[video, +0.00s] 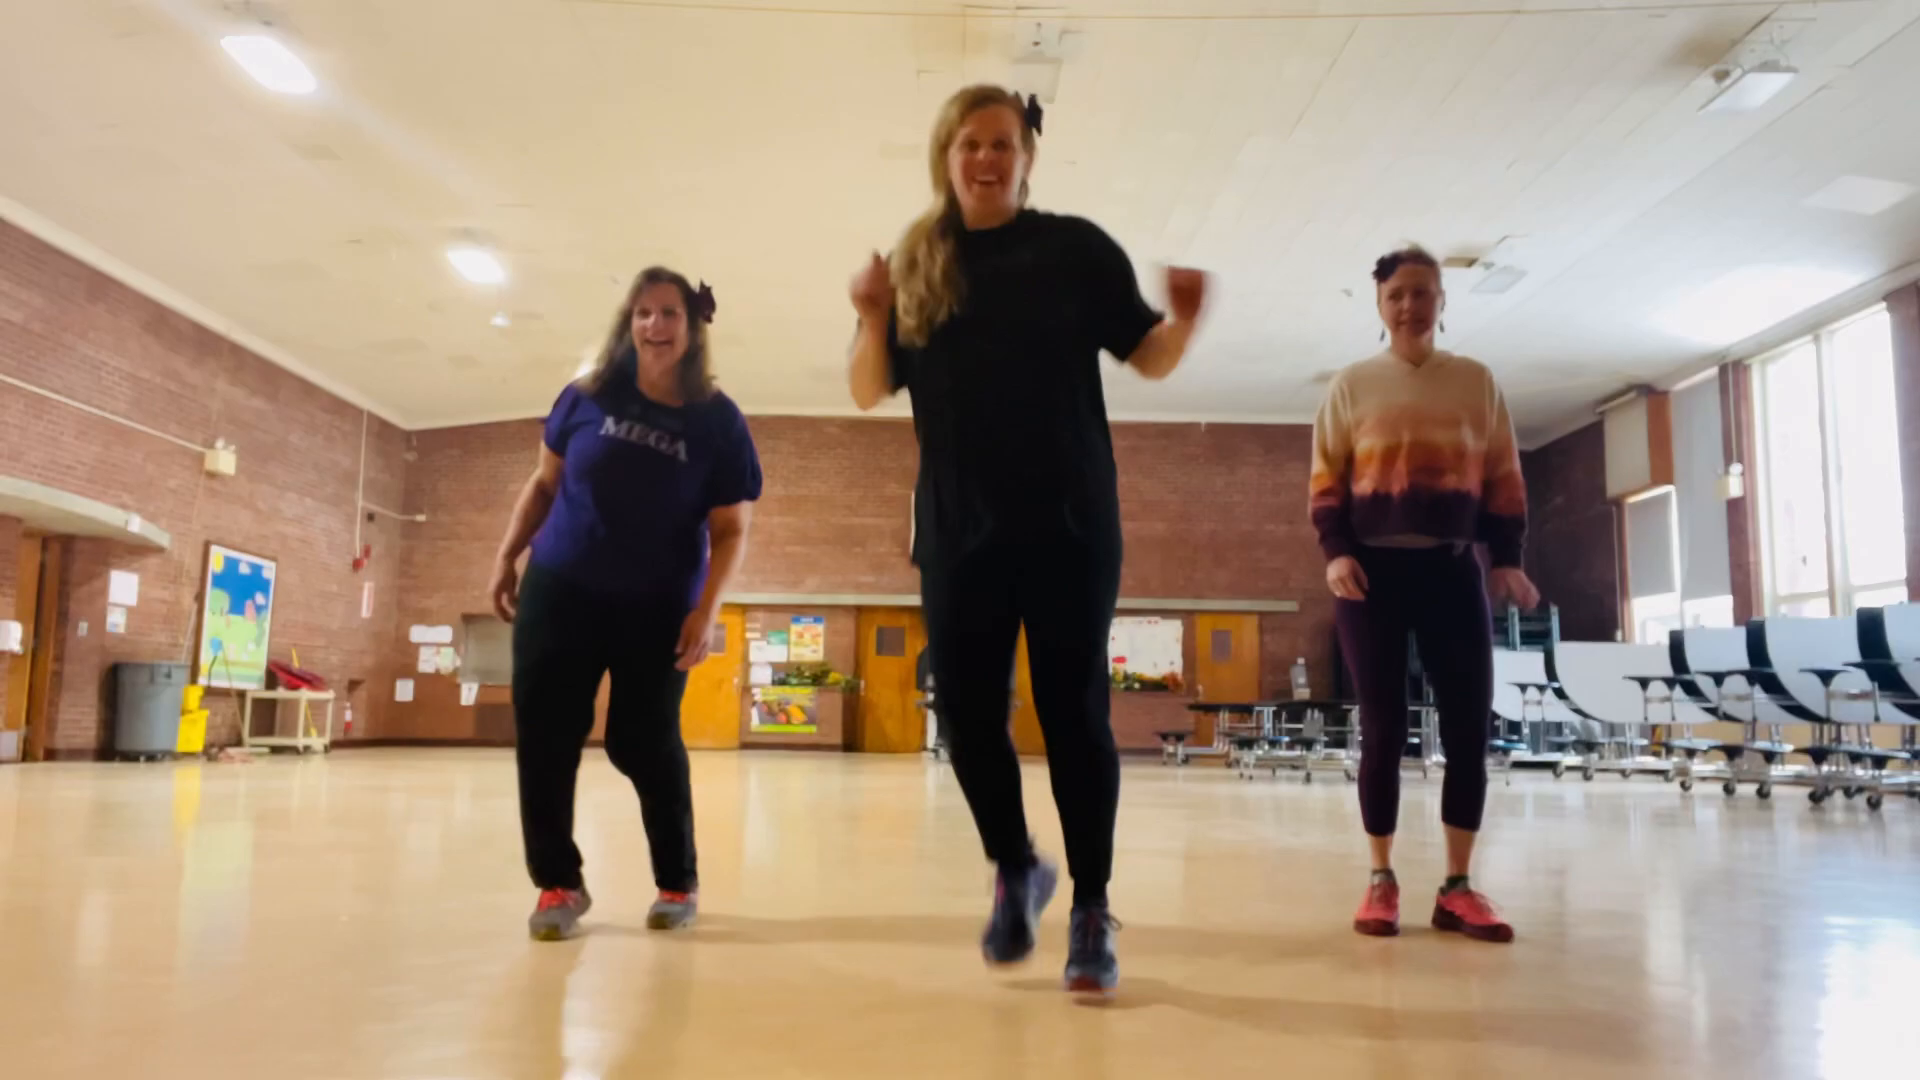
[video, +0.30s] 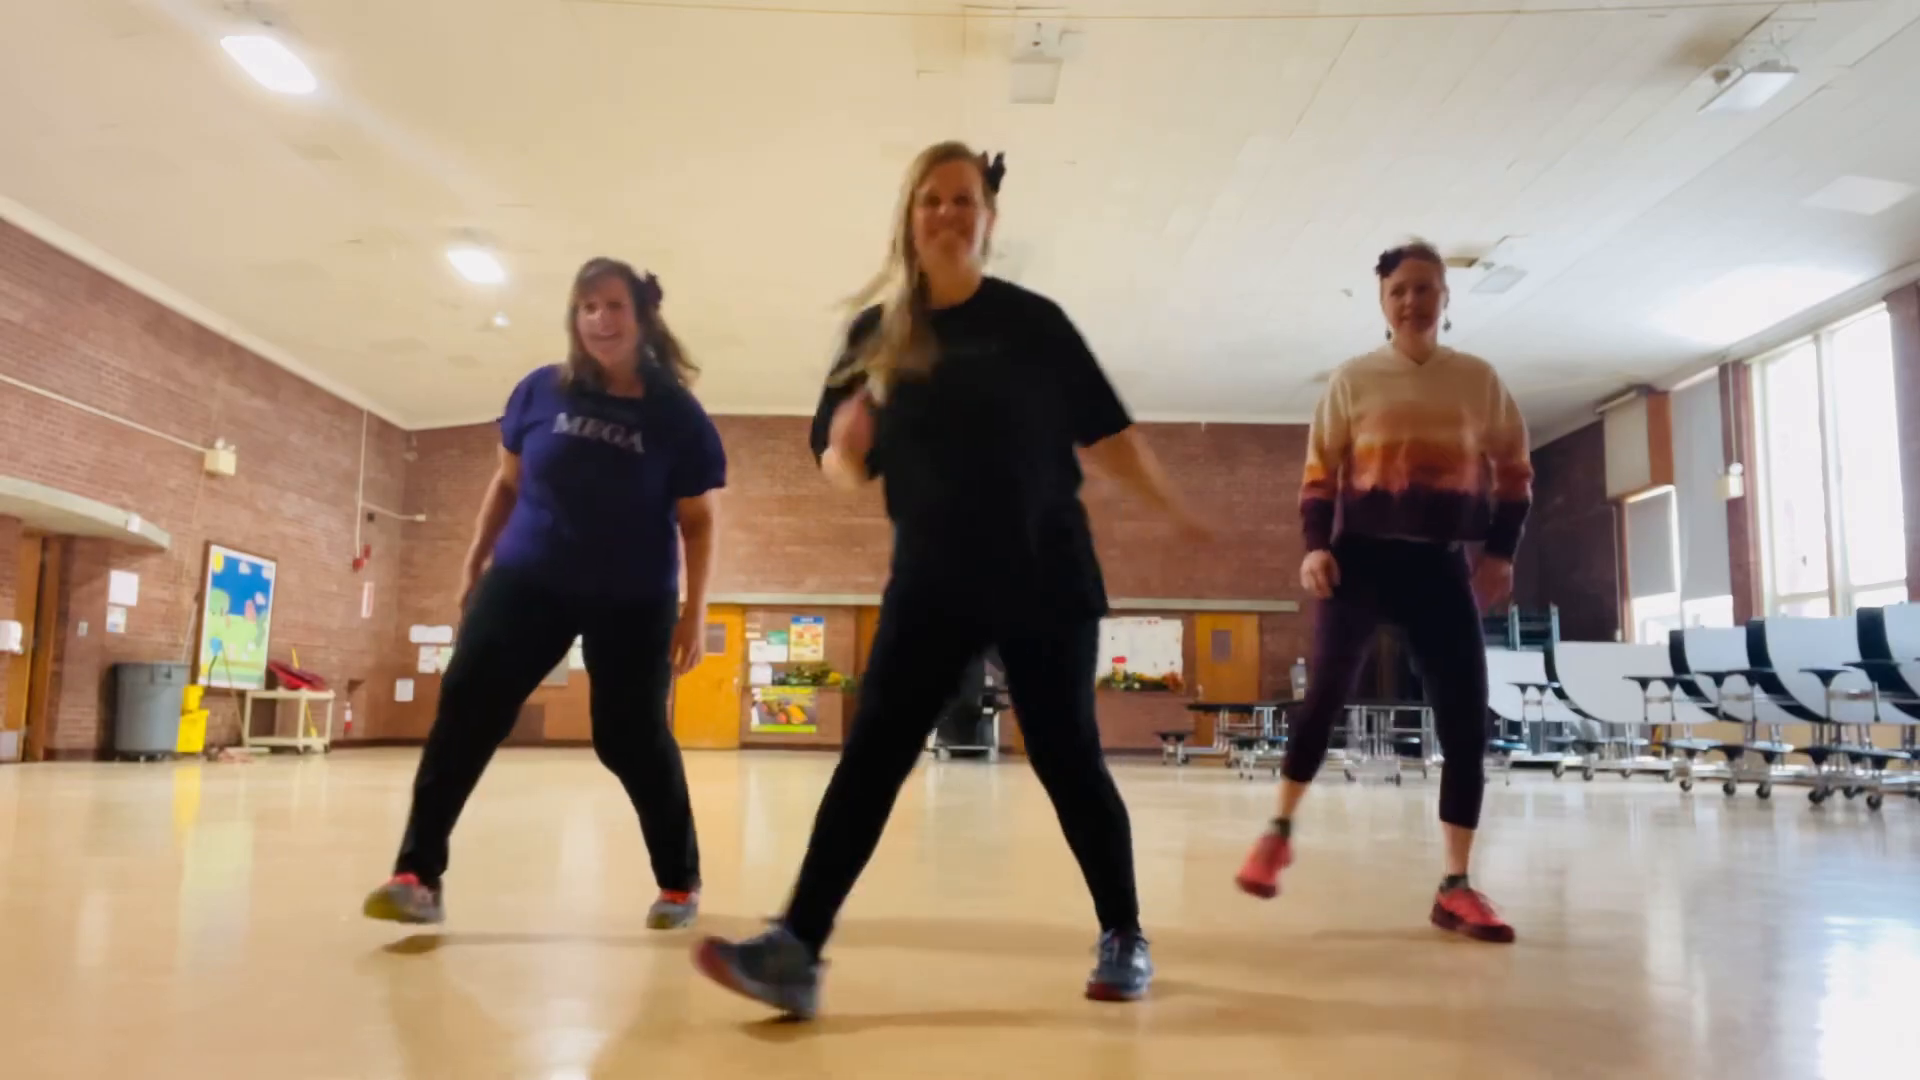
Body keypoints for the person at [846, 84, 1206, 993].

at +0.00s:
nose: (984, 158)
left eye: (1000, 145)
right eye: (970, 144)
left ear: (1027, 158)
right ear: (943, 158)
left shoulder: (1077, 248)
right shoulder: (917, 263)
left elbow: (1152, 358)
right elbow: (869, 392)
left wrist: (1183, 315)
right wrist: (872, 317)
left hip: (1067, 516)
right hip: (960, 521)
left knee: (1071, 711)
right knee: (966, 716)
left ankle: (1092, 910)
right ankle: (1015, 870)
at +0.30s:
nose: (946, 215)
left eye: (963, 202)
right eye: (932, 202)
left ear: (990, 218)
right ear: (908, 219)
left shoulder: (1032, 321)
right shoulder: (879, 334)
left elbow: (1109, 437)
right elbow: (848, 476)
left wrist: (1172, 507)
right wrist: (847, 447)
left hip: (1040, 572)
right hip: (932, 576)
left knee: (1067, 758)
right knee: (873, 754)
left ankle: (1122, 938)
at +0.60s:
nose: (834, 198)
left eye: (851, 185)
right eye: (820, 183)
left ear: (877, 202)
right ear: (791, 197)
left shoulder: (917, 314)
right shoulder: (742, 308)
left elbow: (944, 444)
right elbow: (701, 436)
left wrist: (946, 558)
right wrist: (691, 540)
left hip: (878, 568)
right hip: (762, 565)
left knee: (896, 737)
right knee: (763, 759)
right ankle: (766, 955)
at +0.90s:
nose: (734, 220)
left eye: (750, 208)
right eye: (722, 207)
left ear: (778, 223)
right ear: (700, 221)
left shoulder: (818, 331)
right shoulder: (660, 321)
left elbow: (840, 460)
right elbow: (614, 441)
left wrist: (844, 576)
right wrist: (600, 542)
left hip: (766, 577)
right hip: (655, 566)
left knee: (719, 757)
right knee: (589, 691)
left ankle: (682, 920)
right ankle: (620, 905)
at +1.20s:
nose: (647, 183)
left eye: (665, 173)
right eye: (634, 173)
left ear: (695, 196)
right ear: (612, 198)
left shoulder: (739, 307)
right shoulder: (569, 298)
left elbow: (765, 427)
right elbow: (516, 411)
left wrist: (758, 532)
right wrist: (513, 503)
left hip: (684, 552)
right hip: (567, 545)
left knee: (682, 738)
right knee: (525, 728)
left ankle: (687, 913)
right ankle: (501, 898)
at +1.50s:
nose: (606, 147)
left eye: (623, 135)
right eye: (593, 134)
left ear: (654, 156)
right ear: (569, 154)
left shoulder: (687, 262)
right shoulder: (533, 242)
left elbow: (736, 348)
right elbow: (488, 306)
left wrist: (788, 249)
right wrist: (488, 188)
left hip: (654, 506)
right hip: (542, 505)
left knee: (692, 656)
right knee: (526, 701)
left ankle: (639, 812)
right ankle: (500, 891)